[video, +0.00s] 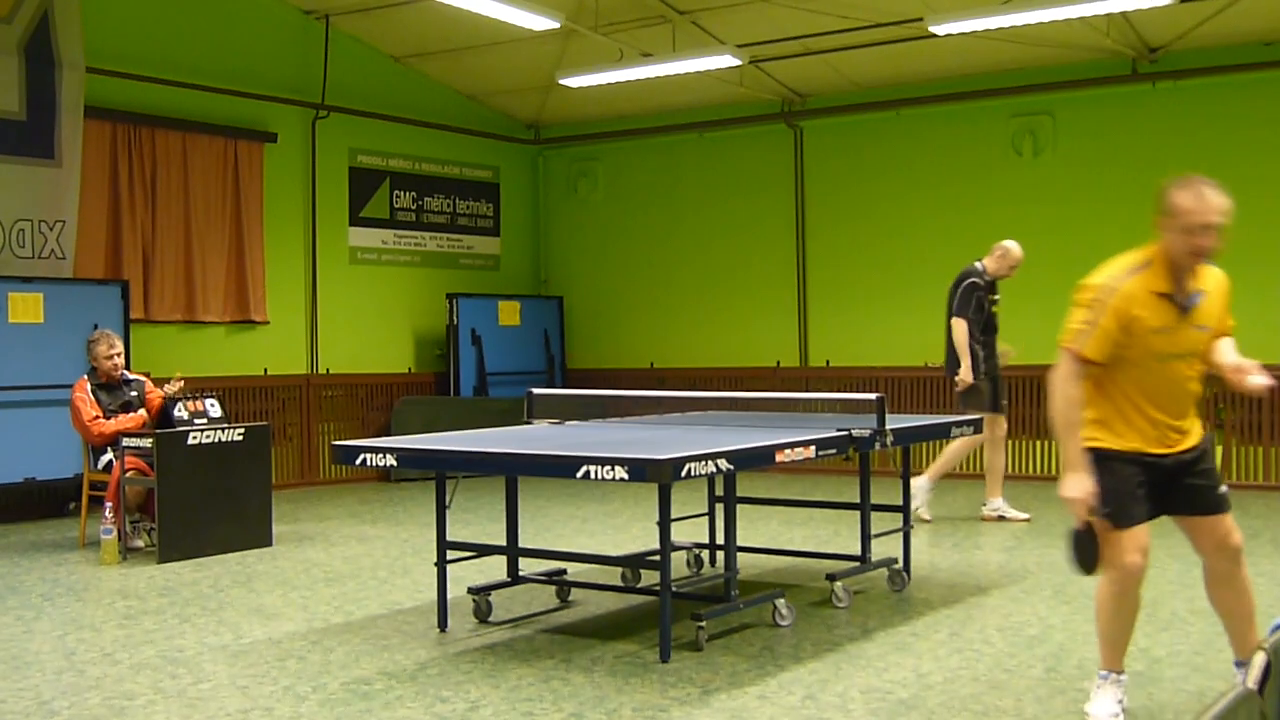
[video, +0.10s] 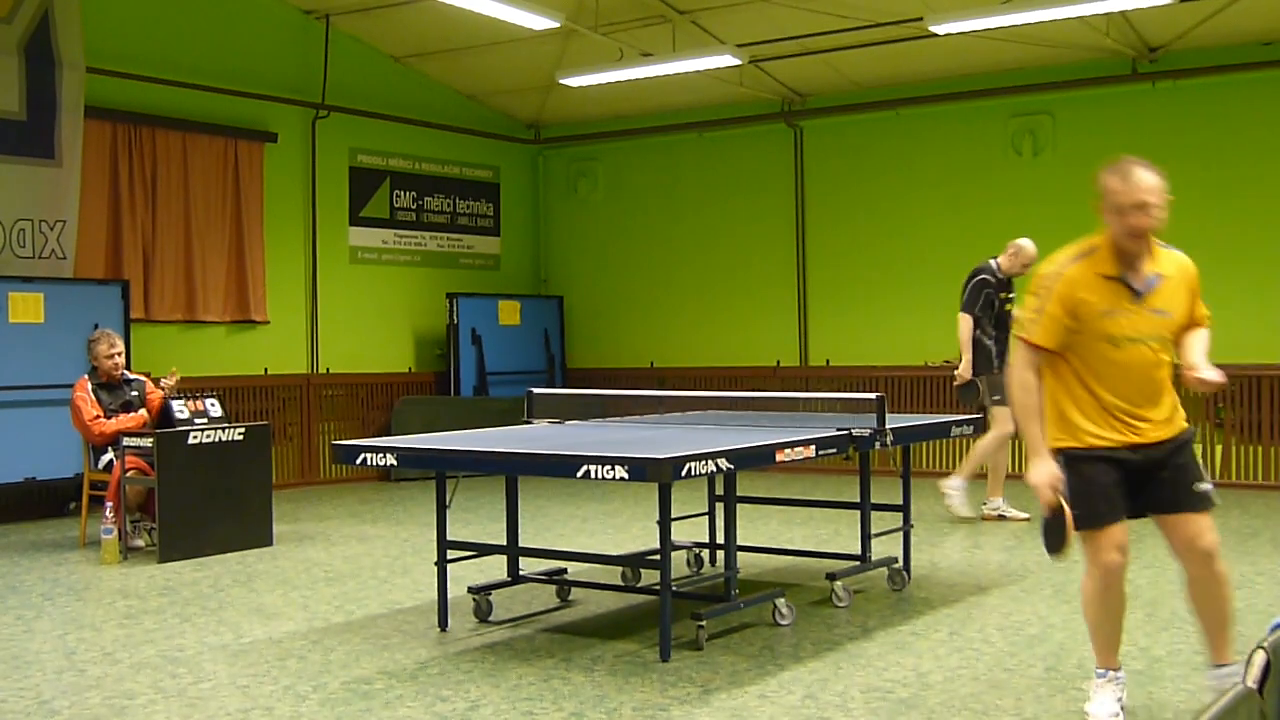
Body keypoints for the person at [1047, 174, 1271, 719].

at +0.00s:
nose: (1204, 242)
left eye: (1214, 230)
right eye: (1192, 230)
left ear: (1223, 230)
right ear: (1162, 226)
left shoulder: (1214, 282)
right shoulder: (1112, 286)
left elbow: (1217, 340)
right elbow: (1065, 372)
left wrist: (1236, 366)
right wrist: (1073, 465)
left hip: (1183, 440)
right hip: (1114, 446)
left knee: (1225, 545)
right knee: (1127, 561)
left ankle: (1251, 666)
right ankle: (1109, 681)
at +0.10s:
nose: (1144, 220)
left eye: (1152, 208)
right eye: (1131, 209)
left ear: (1165, 208)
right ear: (1104, 210)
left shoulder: (1179, 270)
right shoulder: (1061, 274)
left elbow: (1194, 324)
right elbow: (1021, 359)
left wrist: (1194, 361)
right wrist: (1037, 452)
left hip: (1162, 434)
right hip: (1085, 442)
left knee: (1203, 548)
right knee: (1108, 558)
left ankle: (1224, 670)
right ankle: (1107, 677)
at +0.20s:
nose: (1097, 206)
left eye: (1107, 193)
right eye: (1084, 196)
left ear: (1129, 193)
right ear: (1067, 200)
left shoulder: (1159, 257)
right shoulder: (1034, 264)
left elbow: (1182, 313)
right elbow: (995, 347)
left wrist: (1176, 353)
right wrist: (1015, 434)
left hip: (1146, 427)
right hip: (1068, 434)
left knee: (1169, 545)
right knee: (1089, 552)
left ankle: (1185, 679)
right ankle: (1105, 675)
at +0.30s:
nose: (1038, 198)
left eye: (1048, 185)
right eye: (1027, 188)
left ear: (1080, 180)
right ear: (1017, 192)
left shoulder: (1130, 247)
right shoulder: (993, 261)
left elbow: (1170, 300)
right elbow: (964, 344)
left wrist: (1157, 347)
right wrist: (984, 414)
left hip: (1109, 420)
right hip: (1035, 428)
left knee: (1100, 542)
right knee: (1067, 553)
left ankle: (1106, 684)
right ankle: (1104, 669)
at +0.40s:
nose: (1005, 202)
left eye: (1015, 189)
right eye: (994, 192)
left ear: (1049, 183)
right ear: (987, 196)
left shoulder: (1106, 251)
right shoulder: (973, 264)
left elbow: (1162, 303)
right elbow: (946, 346)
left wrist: (1140, 356)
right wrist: (962, 412)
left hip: (1086, 419)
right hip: (1015, 429)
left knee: (1064, 550)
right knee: (1059, 553)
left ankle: (1046, 697)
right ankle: (1104, 668)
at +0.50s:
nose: (957, 206)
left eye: (968, 192)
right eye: (949, 196)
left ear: (1004, 187)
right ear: (944, 201)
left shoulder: (1065, 259)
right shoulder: (939, 266)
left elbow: (1137, 318)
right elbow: (921, 347)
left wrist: (1097, 369)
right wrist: (922, 412)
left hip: (1045, 425)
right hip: (979, 434)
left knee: (998, 556)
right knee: (1031, 559)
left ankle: (998, 710)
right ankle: (1096, 664)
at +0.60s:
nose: (932, 201)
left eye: (943, 187)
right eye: (923, 191)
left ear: (978, 184)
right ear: (917, 197)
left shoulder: (1032, 257)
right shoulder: (917, 261)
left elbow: (1101, 323)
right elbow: (902, 341)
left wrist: (1039, 367)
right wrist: (897, 412)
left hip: (1010, 429)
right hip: (949, 435)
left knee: (968, 563)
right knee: (980, 568)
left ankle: (993, 711)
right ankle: (1069, 647)